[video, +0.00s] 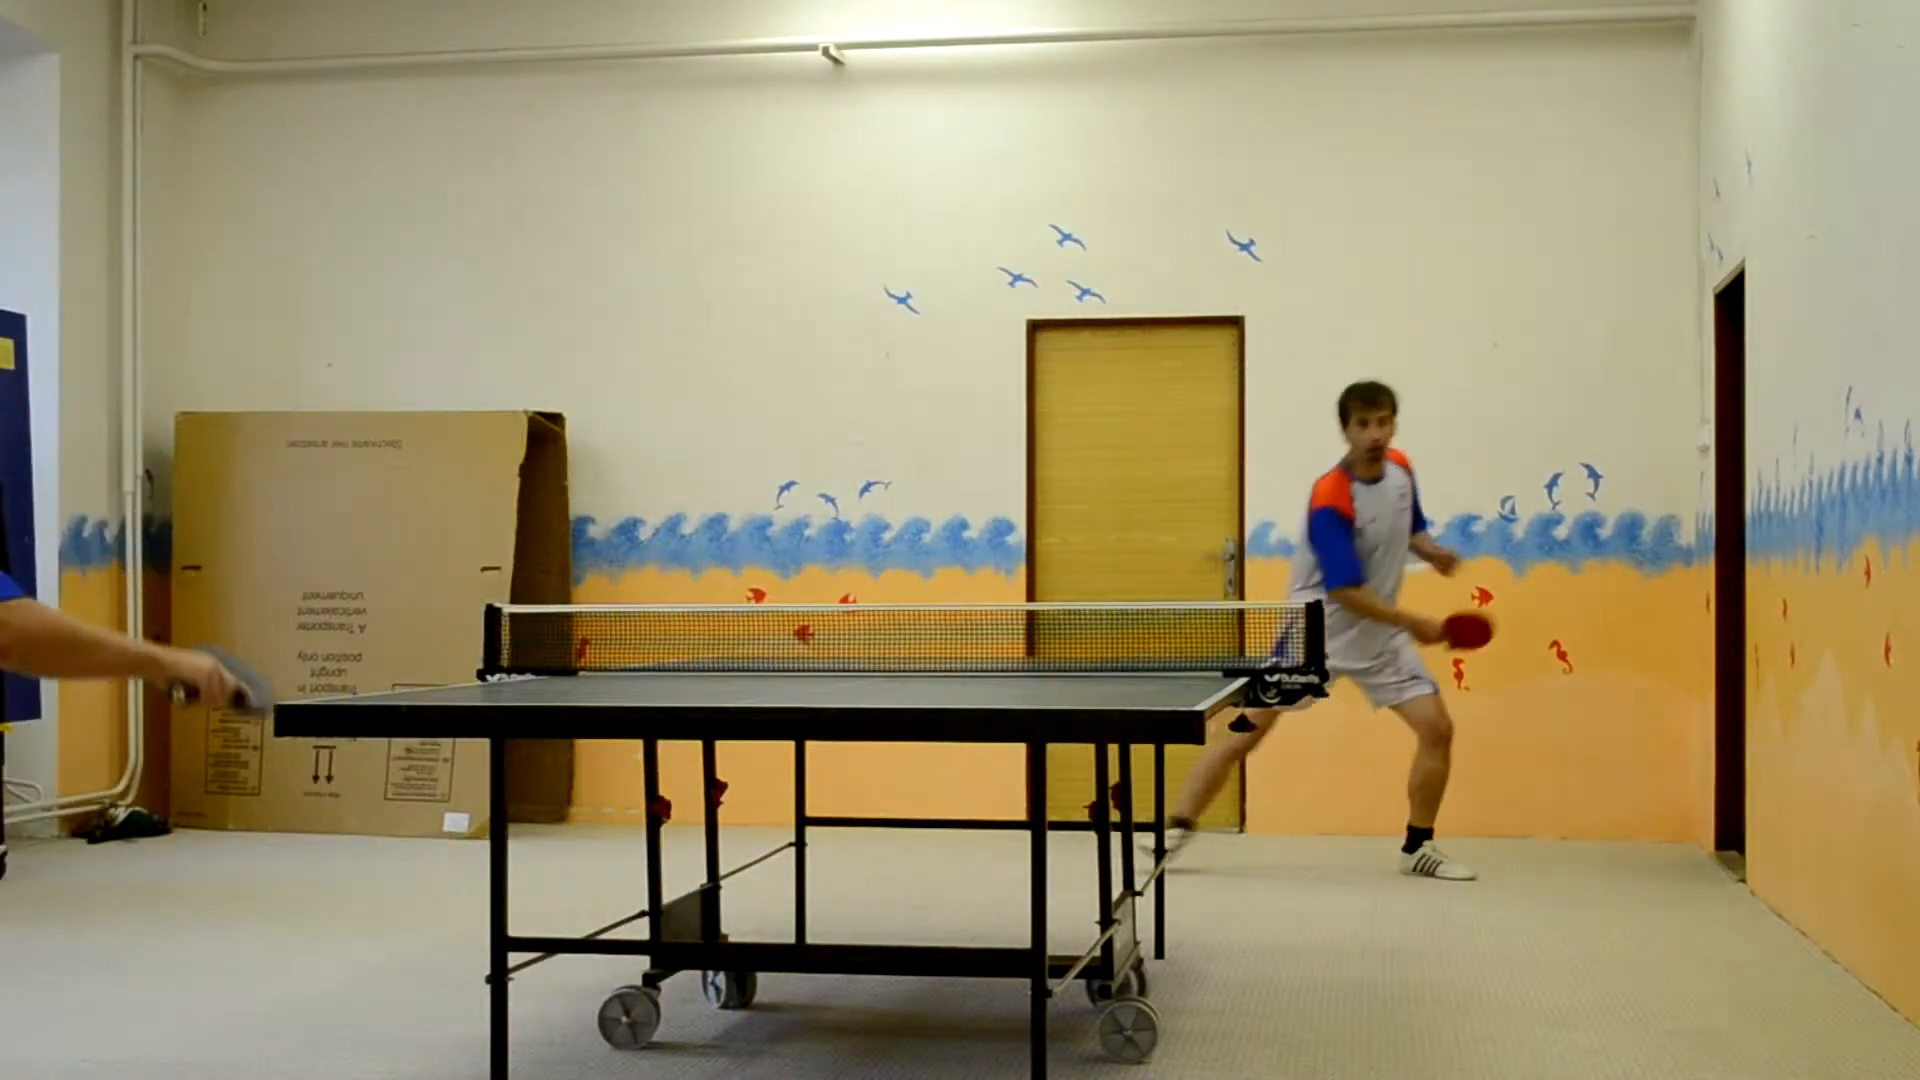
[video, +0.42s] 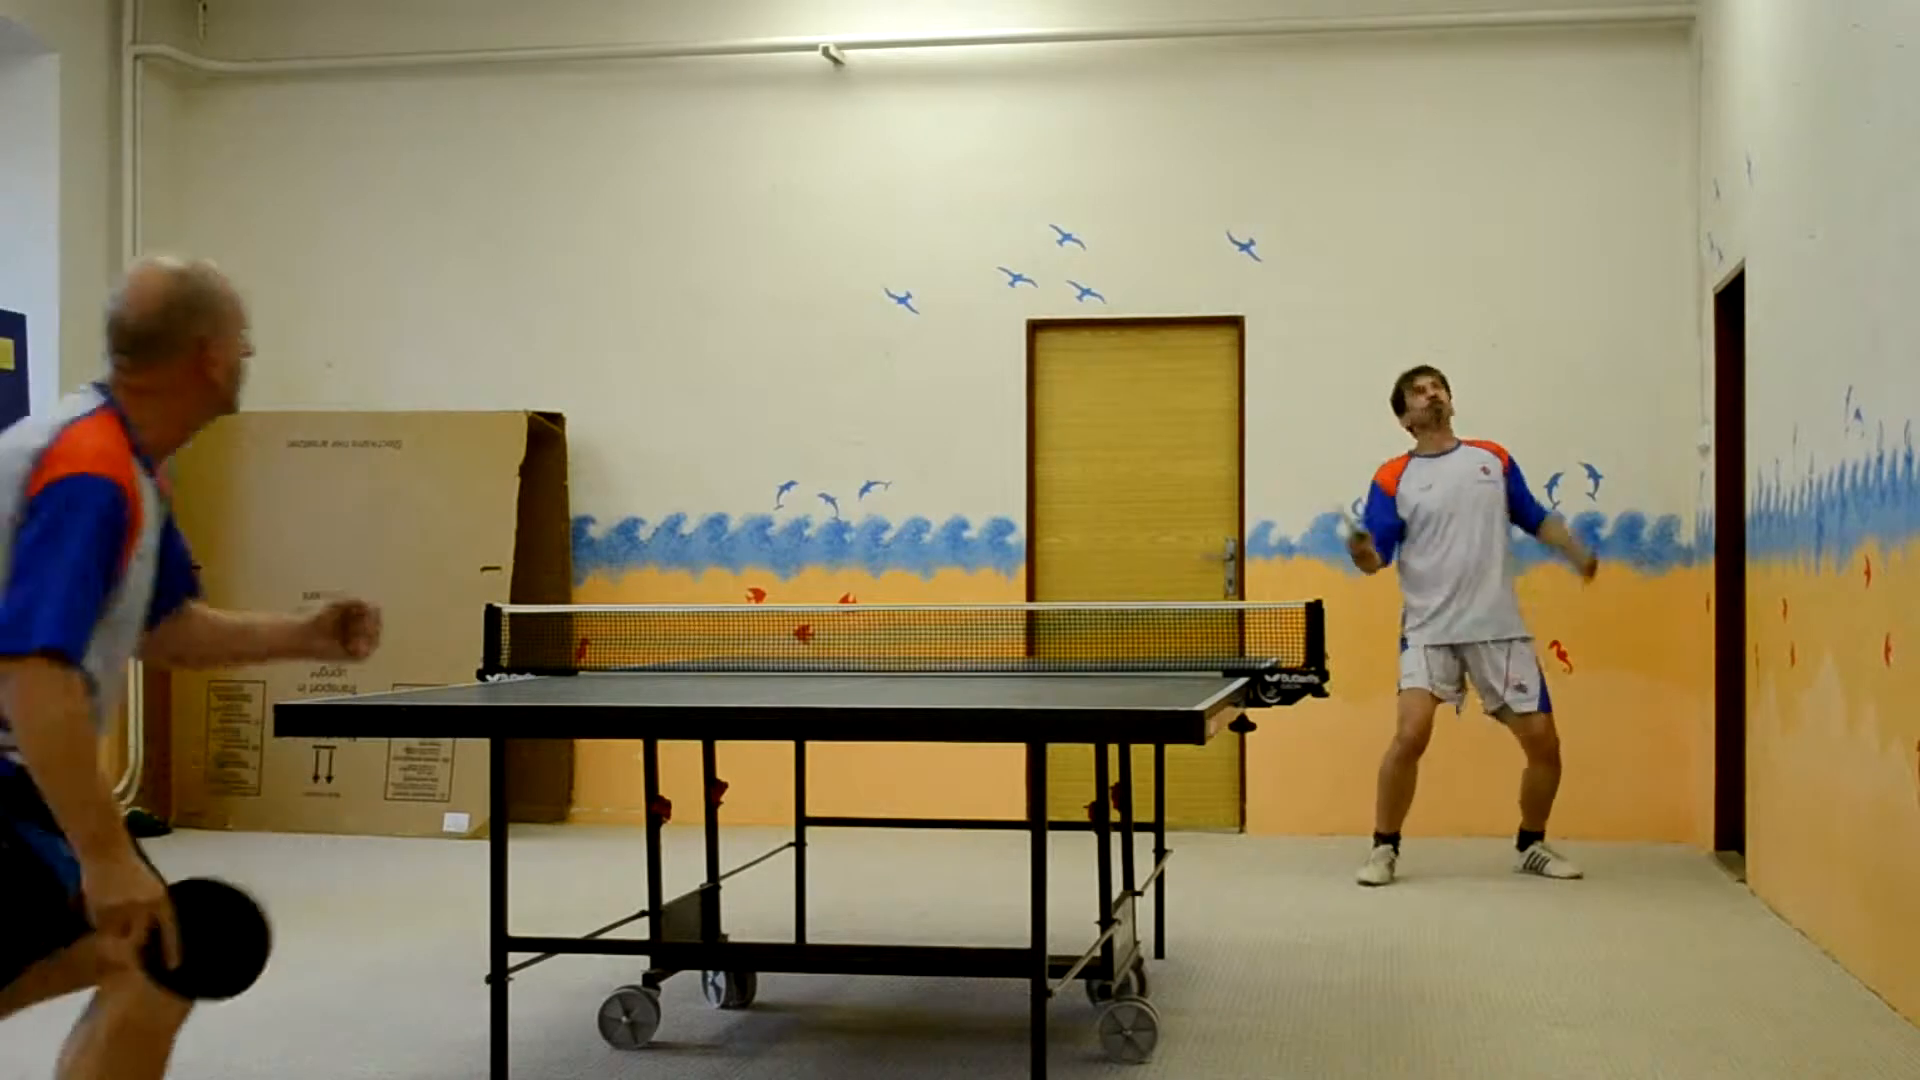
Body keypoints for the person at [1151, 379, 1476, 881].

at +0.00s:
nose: (1375, 434)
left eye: (1383, 423)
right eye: (1364, 425)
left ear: (1394, 426)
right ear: (1345, 430)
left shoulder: (1399, 469)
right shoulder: (1331, 497)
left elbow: (1412, 531)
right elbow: (1347, 592)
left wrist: (1434, 554)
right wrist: (1415, 624)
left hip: (1378, 630)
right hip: (1318, 628)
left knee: (1436, 729)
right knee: (1245, 733)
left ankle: (1417, 847)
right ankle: (1176, 830)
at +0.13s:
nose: (1406, 402)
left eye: (1414, 391)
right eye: (1395, 393)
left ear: (1426, 396)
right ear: (1376, 402)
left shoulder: (1439, 449)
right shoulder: (1353, 461)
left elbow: (1421, 515)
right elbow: (1316, 535)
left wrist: (1448, 548)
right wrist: (1343, 513)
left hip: (1426, 616)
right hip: (1363, 619)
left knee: (1488, 714)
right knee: (1333, 726)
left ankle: (1444, 825)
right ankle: (1285, 816)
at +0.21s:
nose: (1410, 397)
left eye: (1419, 386)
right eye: (1399, 389)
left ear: (1437, 392)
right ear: (1386, 398)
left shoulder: (1462, 451)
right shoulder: (1362, 461)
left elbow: (1467, 511)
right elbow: (1309, 524)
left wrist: (1476, 568)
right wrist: (1298, 484)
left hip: (1455, 618)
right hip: (1389, 622)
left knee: (1514, 731)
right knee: (1376, 730)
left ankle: (1509, 835)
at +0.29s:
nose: (1420, 398)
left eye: (1428, 389)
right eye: (1409, 393)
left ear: (1446, 400)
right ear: (1396, 409)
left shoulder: (1479, 461)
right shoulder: (1374, 471)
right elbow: (1336, 545)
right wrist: (1316, 523)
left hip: (1476, 624)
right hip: (1410, 629)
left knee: (1536, 742)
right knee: (1404, 739)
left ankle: (1531, 846)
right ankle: (1383, 848)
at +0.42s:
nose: (1431, 394)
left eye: (1437, 387)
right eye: (1418, 390)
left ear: (1452, 402)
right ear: (1403, 415)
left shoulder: (1493, 459)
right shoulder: (1393, 476)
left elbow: (1534, 516)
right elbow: (1374, 558)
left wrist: (1578, 553)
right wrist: (1361, 549)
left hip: (1497, 624)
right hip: (1427, 629)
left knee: (1544, 745)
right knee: (1410, 738)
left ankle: (1531, 847)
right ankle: (1384, 848)